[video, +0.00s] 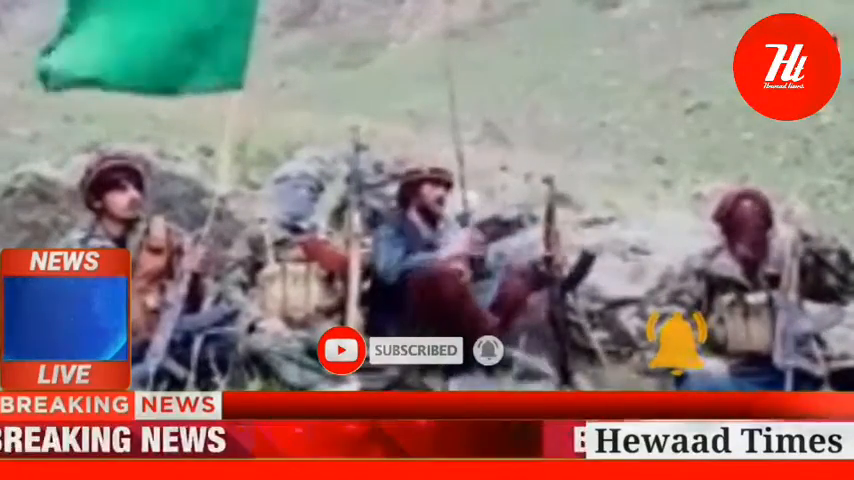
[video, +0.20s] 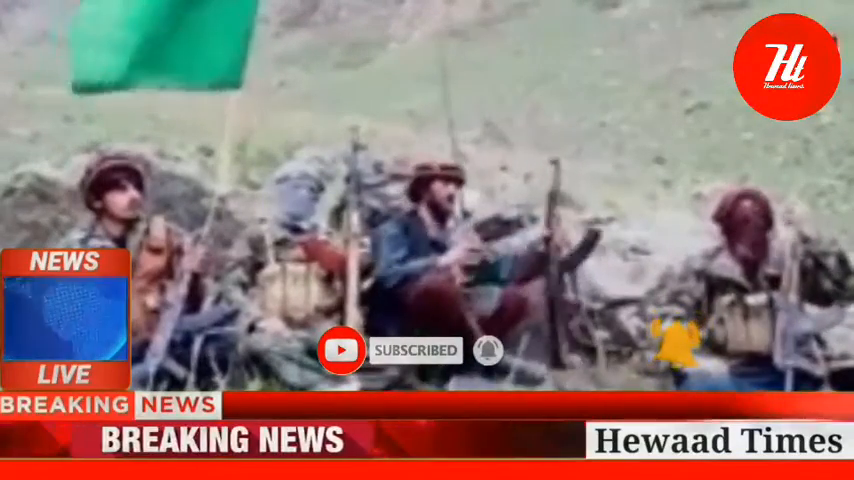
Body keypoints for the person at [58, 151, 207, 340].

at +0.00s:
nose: (135, 196)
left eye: (137, 187)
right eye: (121, 188)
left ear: (144, 193)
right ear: (97, 201)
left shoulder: (151, 246)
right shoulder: (74, 251)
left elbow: (189, 308)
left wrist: (193, 275)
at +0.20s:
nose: (135, 196)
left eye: (137, 187)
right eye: (121, 188)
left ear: (144, 193)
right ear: (97, 201)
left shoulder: (152, 245)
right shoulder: (75, 251)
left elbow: (190, 308)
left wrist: (194, 276)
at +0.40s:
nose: (135, 196)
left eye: (137, 187)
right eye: (121, 188)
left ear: (144, 193)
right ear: (97, 201)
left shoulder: (152, 245)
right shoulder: (75, 251)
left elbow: (190, 308)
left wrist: (194, 276)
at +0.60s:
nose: (135, 195)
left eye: (137, 187)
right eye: (121, 188)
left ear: (144, 193)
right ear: (97, 201)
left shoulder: (156, 243)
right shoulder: (75, 251)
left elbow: (190, 308)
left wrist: (195, 276)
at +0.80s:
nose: (135, 195)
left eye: (137, 187)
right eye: (121, 188)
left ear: (144, 193)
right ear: (97, 201)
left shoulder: (156, 243)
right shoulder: (74, 251)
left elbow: (190, 308)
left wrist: (195, 275)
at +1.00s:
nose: (135, 195)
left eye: (137, 187)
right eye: (121, 188)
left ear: (144, 193)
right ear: (97, 201)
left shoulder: (161, 239)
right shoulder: (74, 251)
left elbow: (190, 308)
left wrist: (197, 276)